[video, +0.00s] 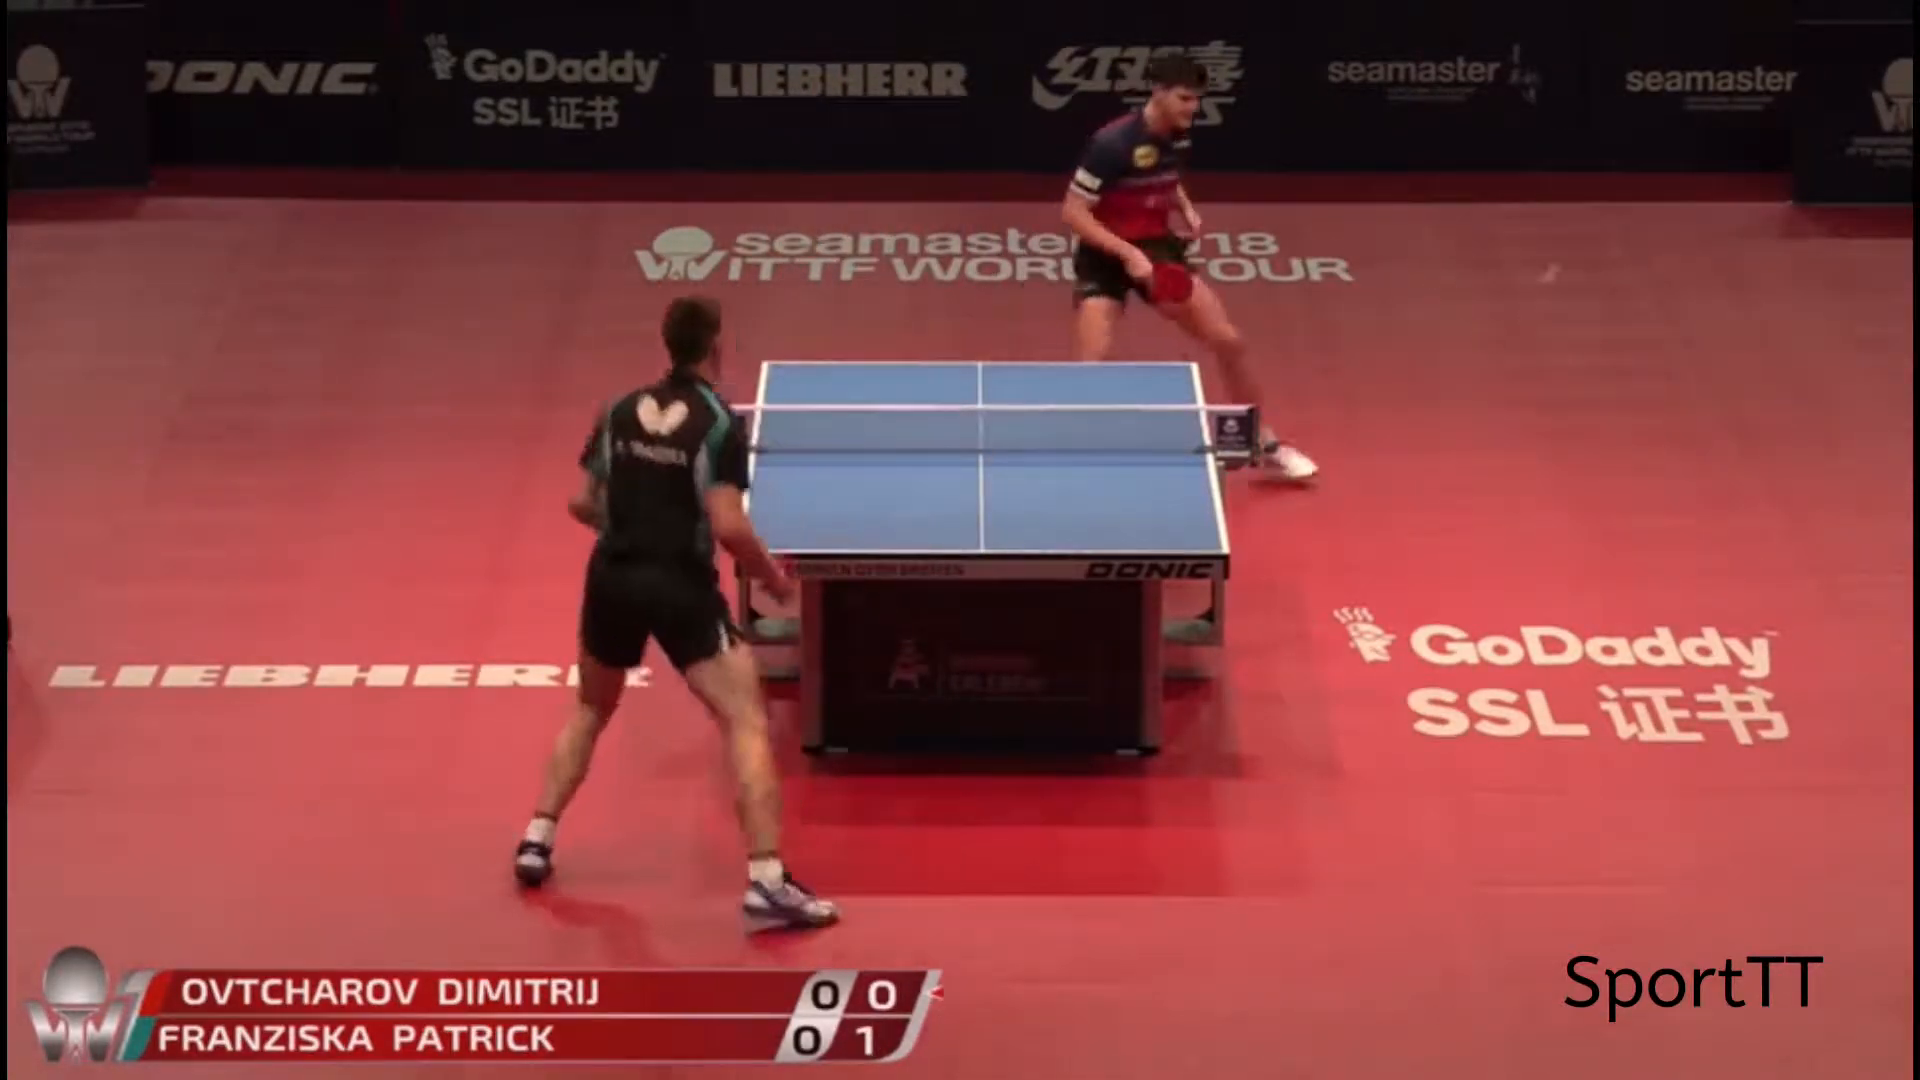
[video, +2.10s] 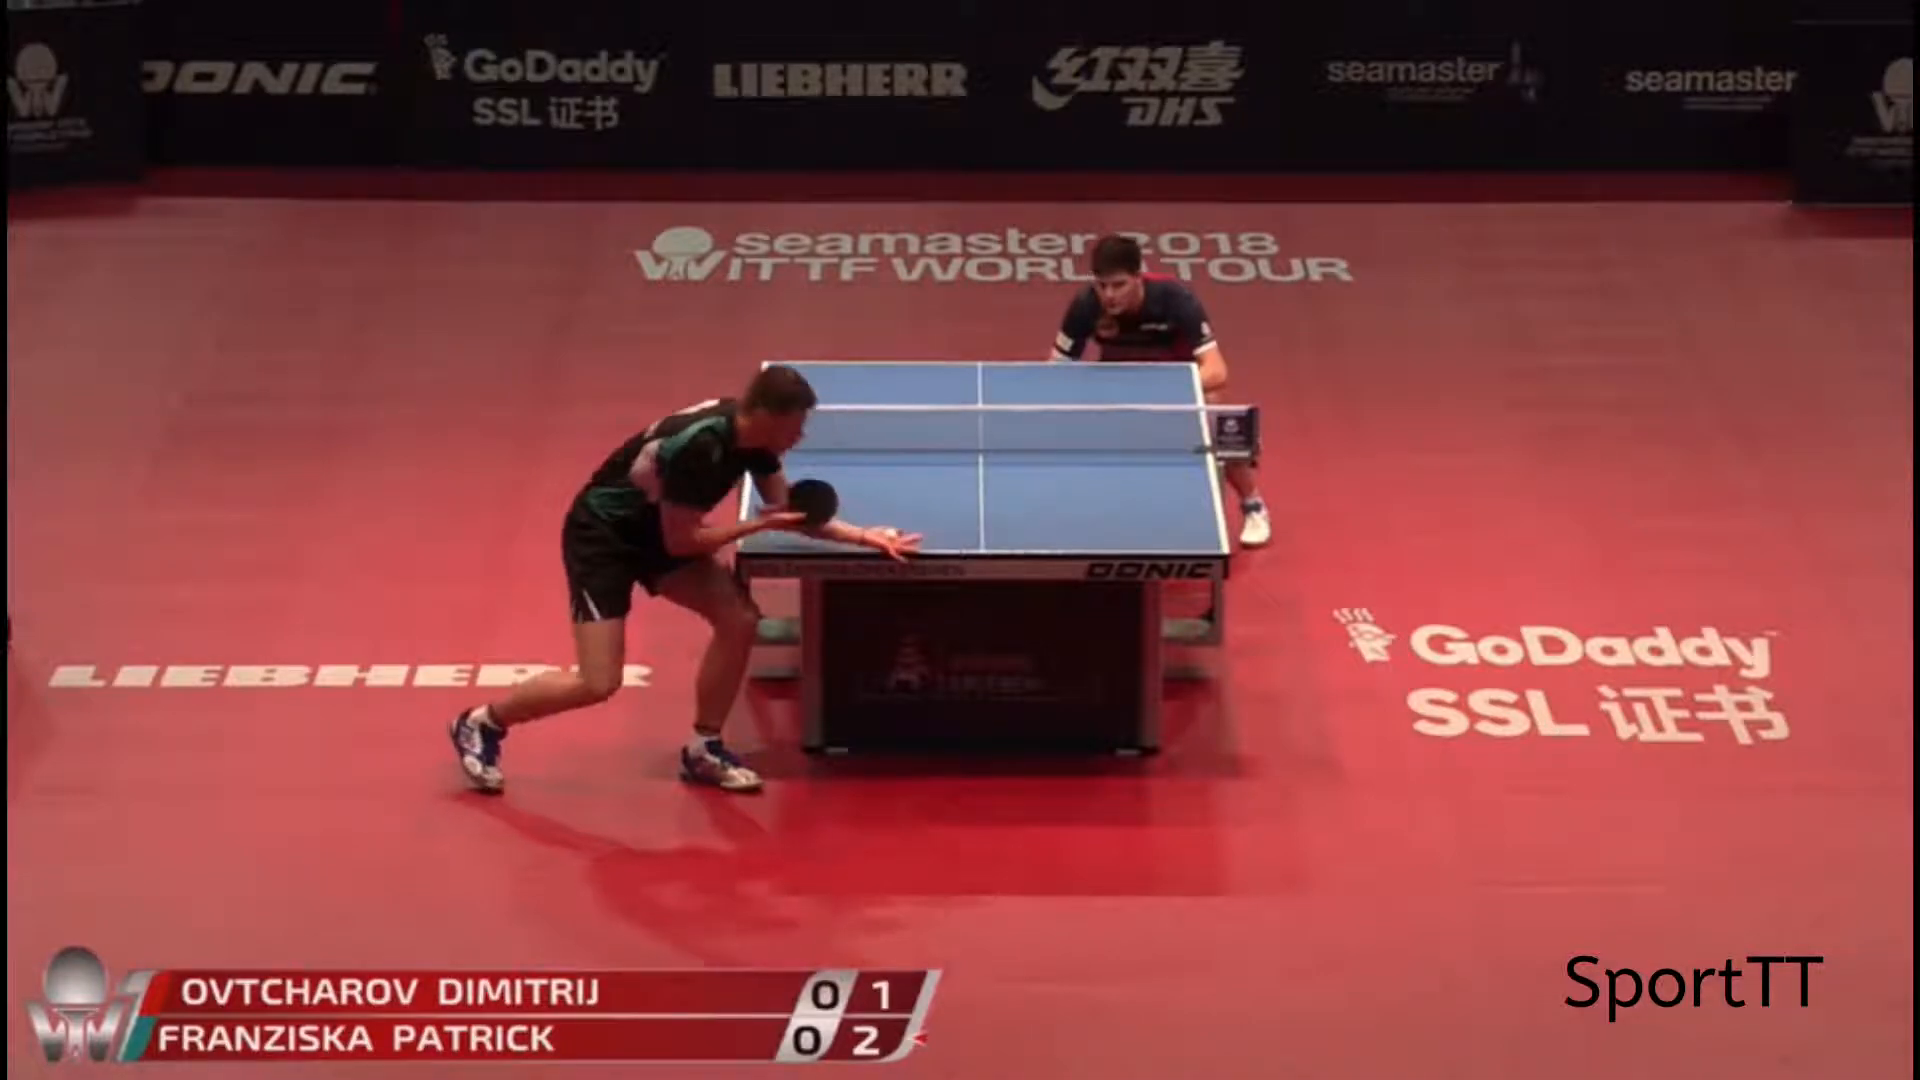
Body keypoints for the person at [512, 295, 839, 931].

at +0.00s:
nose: (725, 355)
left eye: (720, 346)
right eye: (723, 347)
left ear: (666, 348)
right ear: (713, 351)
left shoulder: (619, 411)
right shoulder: (720, 421)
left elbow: (585, 503)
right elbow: (728, 524)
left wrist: (634, 527)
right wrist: (769, 573)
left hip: (611, 579)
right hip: (683, 586)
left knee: (589, 710)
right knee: (746, 722)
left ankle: (538, 838)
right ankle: (767, 878)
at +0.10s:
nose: (676, 272)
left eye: (669, 262)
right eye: (675, 263)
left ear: (618, 266)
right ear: (665, 268)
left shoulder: (575, 334)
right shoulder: (679, 340)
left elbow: (543, 422)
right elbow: (692, 443)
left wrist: (592, 441)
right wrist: (714, 486)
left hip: (575, 506)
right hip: (643, 511)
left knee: (575, 655)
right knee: (658, 670)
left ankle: (534, 792)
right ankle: (634, 822)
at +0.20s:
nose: (668, 262)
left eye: (661, 252)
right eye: (665, 253)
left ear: (608, 256)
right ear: (656, 258)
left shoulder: (567, 324)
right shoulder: (673, 332)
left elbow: (533, 414)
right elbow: (690, 434)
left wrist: (587, 430)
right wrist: (702, 478)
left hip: (568, 498)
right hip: (634, 504)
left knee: (571, 643)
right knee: (637, 664)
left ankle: (527, 783)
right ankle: (597, 811)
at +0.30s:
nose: (629, 278)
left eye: (617, 269)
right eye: (628, 270)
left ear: (571, 277)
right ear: (621, 276)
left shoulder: (536, 342)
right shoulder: (646, 348)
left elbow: (497, 434)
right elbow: (680, 451)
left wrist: (547, 448)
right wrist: (658, 474)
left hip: (533, 508)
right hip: (598, 518)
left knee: (523, 648)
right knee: (564, 678)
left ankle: (495, 783)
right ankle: (503, 823)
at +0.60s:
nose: (594, 276)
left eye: (582, 265)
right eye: (597, 267)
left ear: (547, 266)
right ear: (593, 270)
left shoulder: (502, 330)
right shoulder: (617, 343)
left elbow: (465, 418)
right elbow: (637, 442)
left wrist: (511, 438)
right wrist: (592, 434)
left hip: (502, 500)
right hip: (573, 509)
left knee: (495, 625)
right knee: (581, 655)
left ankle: (478, 760)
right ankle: (527, 771)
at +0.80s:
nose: (832, 466)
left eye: (837, 457)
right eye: (830, 454)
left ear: (810, 432)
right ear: (803, 435)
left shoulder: (784, 435)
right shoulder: (740, 457)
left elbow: (826, 504)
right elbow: (735, 560)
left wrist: (888, 529)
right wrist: (810, 534)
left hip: (667, 524)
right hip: (609, 517)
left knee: (736, 616)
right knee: (576, 668)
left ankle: (704, 750)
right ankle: (464, 725)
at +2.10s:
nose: (798, 438)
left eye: (801, 428)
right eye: (794, 427)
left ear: (767, 414)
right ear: (765, 418)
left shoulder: (758, 447)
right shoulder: (700, 446)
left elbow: (786, 512)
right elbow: (681, 541)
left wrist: (870, 537)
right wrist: (760, 521)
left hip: (661, 539)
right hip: (601, 531)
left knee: (739, 623)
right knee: (597, 682)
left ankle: (705, 749)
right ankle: (482, 723)